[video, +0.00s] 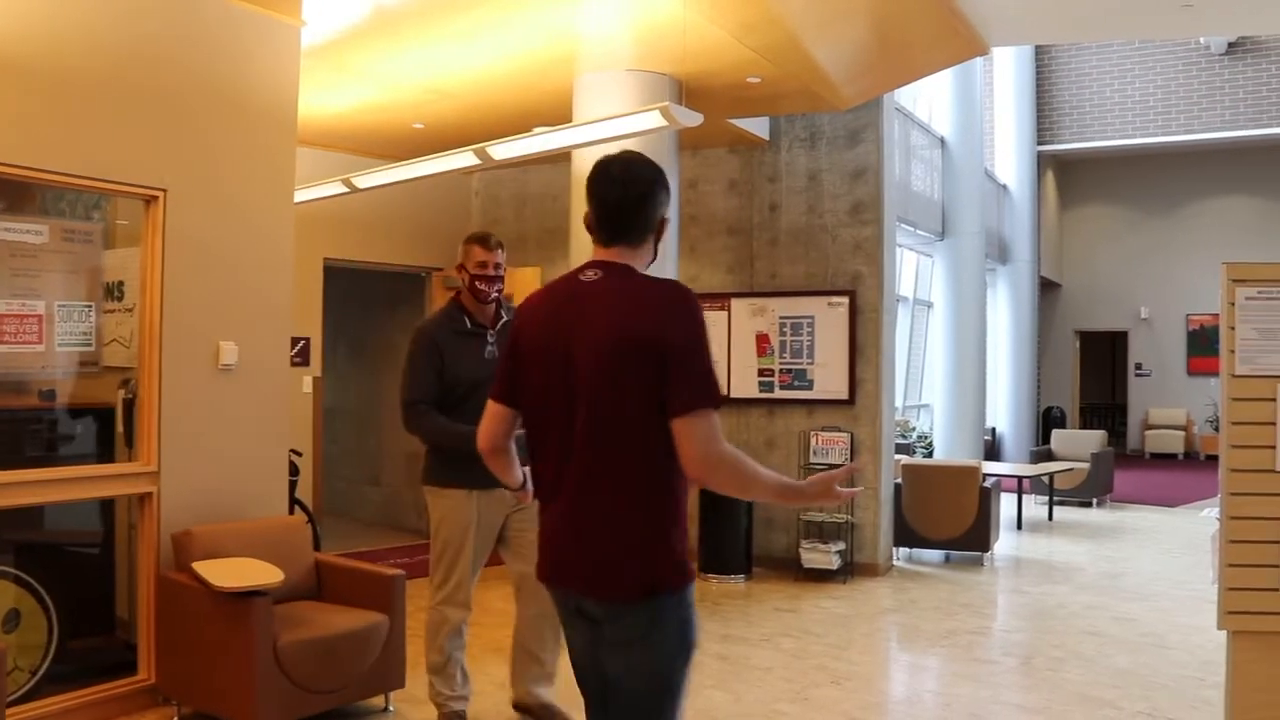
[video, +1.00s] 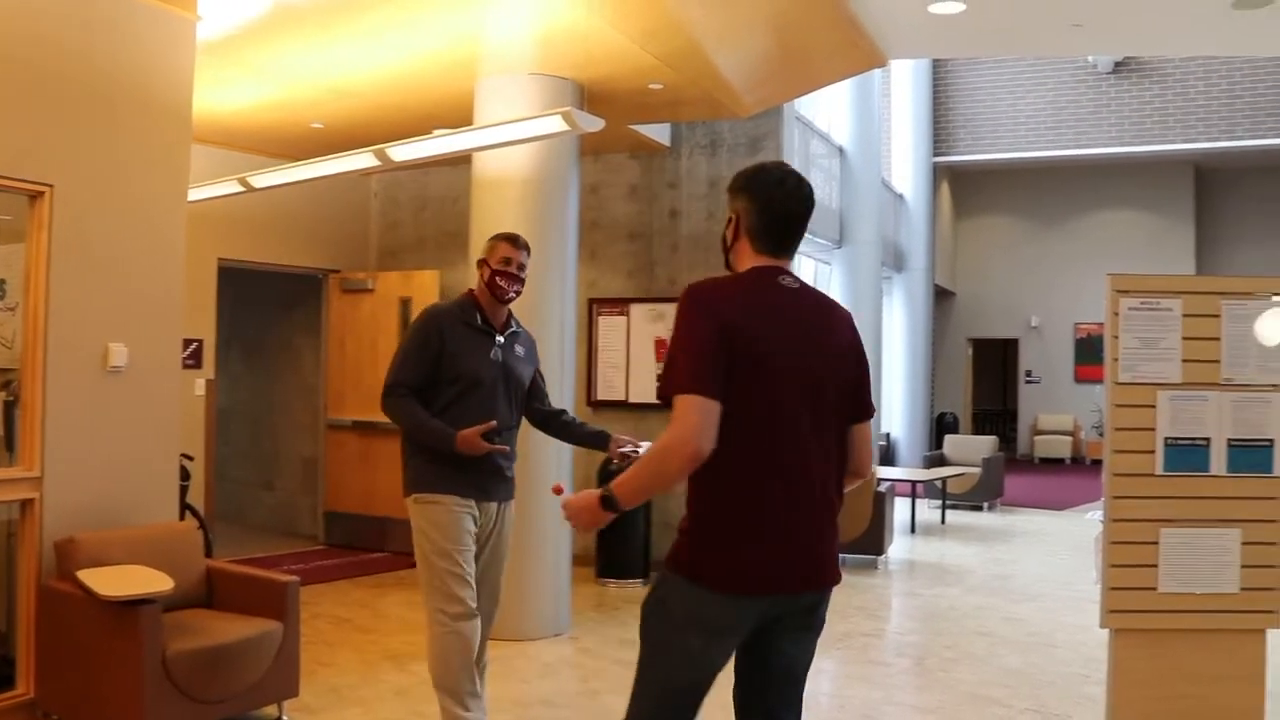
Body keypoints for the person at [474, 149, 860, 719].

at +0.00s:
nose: (666, 227)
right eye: (667, 216)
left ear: (589, 221)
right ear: (662, 225)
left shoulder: (538, 308)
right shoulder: (668, 304)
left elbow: (492, 440)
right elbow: (705, 459)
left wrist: (519, 482)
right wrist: (799, 491)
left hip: (565, 562)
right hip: (645, 568)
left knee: (604, 711)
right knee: (646, 710)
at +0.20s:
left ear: (607, 219)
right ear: (680, 227)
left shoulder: (552, 307)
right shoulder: (704, 304)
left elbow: (508, 441)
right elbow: (738, 454)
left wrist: (523, 481)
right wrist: (799, 486)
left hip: (586, 563)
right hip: (683, 565)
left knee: (605, 712)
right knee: (711, 709)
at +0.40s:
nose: (631, 215)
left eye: (632, 207)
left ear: (634, 215)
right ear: (703, 223)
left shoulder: (579, 305)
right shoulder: (738, 311)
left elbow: (524, 441)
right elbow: (774, 466)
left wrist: (513, 482)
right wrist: (807, 480)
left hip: (603, 559)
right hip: (706, 563)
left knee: (604, 711)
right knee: (738, 708)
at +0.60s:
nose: (669, 220)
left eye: (672, 212)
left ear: (676, 220)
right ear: (741, 228)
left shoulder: (625, 306)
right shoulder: (779, 318)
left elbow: (576, 441)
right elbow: (812, 471)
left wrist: (530, 490)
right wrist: (778, 475)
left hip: (643, 560)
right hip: (746, 564)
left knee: (615, 713)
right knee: (761, 714)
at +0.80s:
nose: (702, 229)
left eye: (705, 219)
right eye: (705, 219)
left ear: (711, 227)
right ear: (776, 234)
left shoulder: (675, 308)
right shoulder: (818, 322)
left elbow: (643, 445)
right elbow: (842, 467)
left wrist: (569, 498)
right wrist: (782, 487)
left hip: (690, 568)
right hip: (788, 571)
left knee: (632, 712)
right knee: (769, 713)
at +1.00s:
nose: (724, 228)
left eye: (728, 216)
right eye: (728, 216)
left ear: (736, 224)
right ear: (797, 233)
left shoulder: (712, 300)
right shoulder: (837, 321)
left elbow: (692, 439)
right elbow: (858, 466)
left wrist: (605, 502)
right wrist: (795, 494)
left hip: (716, 567)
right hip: (806, 571)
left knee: (655, 714)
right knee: (774, 715)